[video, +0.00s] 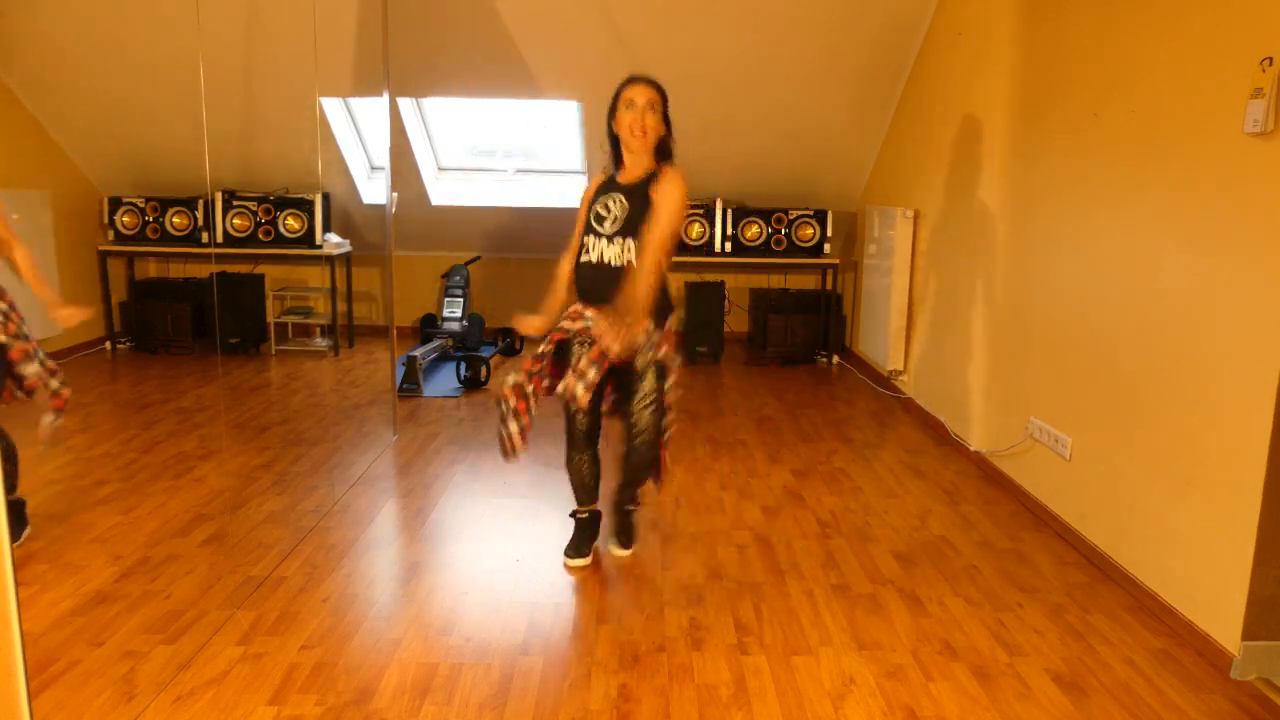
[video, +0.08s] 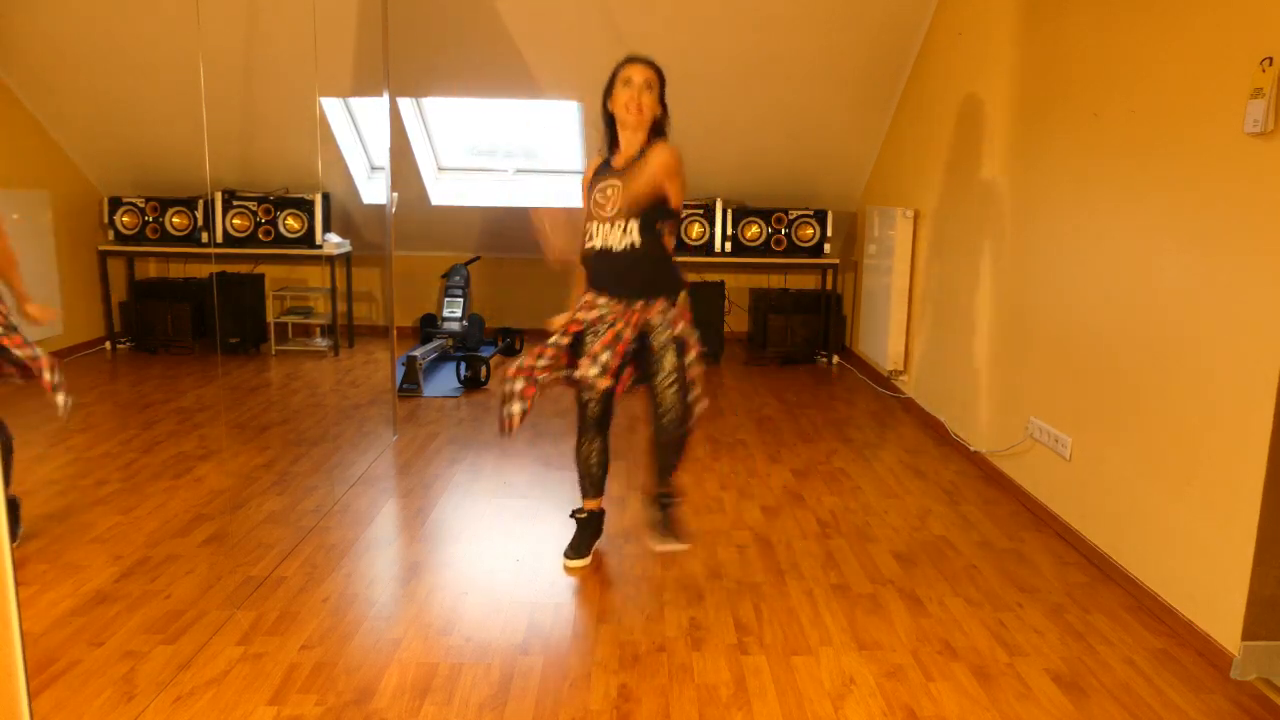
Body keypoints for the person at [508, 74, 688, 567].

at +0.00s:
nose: (639, 116)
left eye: (650, 109)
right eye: (629, 107)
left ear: (663, 124)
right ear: (614, 121)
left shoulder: (668, 183)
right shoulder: (598, 189)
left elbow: (653, 256)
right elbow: (571, 258)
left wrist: (629, 317)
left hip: (643, 317)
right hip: (588, 315)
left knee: (644, 425)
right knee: (581, 420)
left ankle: (625, 504)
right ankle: (585, 515)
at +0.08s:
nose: (636, 94)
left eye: (647, 87)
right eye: (626, 85)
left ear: (659, 103)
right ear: (609, 98)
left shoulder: (664, 158)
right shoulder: (598, 170)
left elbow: (631, 200)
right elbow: (591, 247)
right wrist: (577, 307)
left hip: (659, 306)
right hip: (604, 304)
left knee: (672, 411)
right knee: (593, 412)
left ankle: (664, 497)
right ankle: (590, 516)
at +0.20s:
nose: (637, 80)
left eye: (650, 73)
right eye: (627, 71)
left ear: (664, 89)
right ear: (608, 86)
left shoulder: (668, 140)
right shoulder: (603, 159)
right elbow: (607, 234)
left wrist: (567, 70)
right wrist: (605, 294)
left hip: (677, 297)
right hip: (621, 301)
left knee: (707, 399)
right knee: (607, 408)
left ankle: (734, 498)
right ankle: (594, 514)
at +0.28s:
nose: (640, 85)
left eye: (649, 76)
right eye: (631, 78)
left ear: (666, 87)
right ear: (618, 95)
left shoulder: (675, 141)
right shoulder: (613, 167)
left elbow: (640, 67)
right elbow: (611, 246)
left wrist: (605, 15)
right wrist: (611, 303)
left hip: (687, 302)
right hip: (631, 306)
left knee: (727, 407)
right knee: (617, 414)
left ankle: (768, 503)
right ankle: (599, 516)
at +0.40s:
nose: (661, 111)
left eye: (671, 102)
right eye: (650, 102)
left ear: (685, 115)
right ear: (636, 117)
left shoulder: (700, 160)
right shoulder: (634, 186)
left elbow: (697, 66)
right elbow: (632, 259)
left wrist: (688, 5)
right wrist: (630, 318)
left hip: (711, 314)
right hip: (654, 319)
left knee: (744, 422)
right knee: (633, 422)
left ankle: (786, 515)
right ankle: (606, 523)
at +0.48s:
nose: (678, 122)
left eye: (688, 114)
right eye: (668, 113)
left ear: (703, 125)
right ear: (651, 125)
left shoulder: (720, 164)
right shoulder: (649, 200)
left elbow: (741, 77)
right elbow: (648, 271)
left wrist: (748, 10)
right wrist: (637, 332)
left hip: (745, 321)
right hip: (682, 324)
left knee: (767, 429)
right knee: (647, 419)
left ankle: (787, 519)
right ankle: (607, 524)